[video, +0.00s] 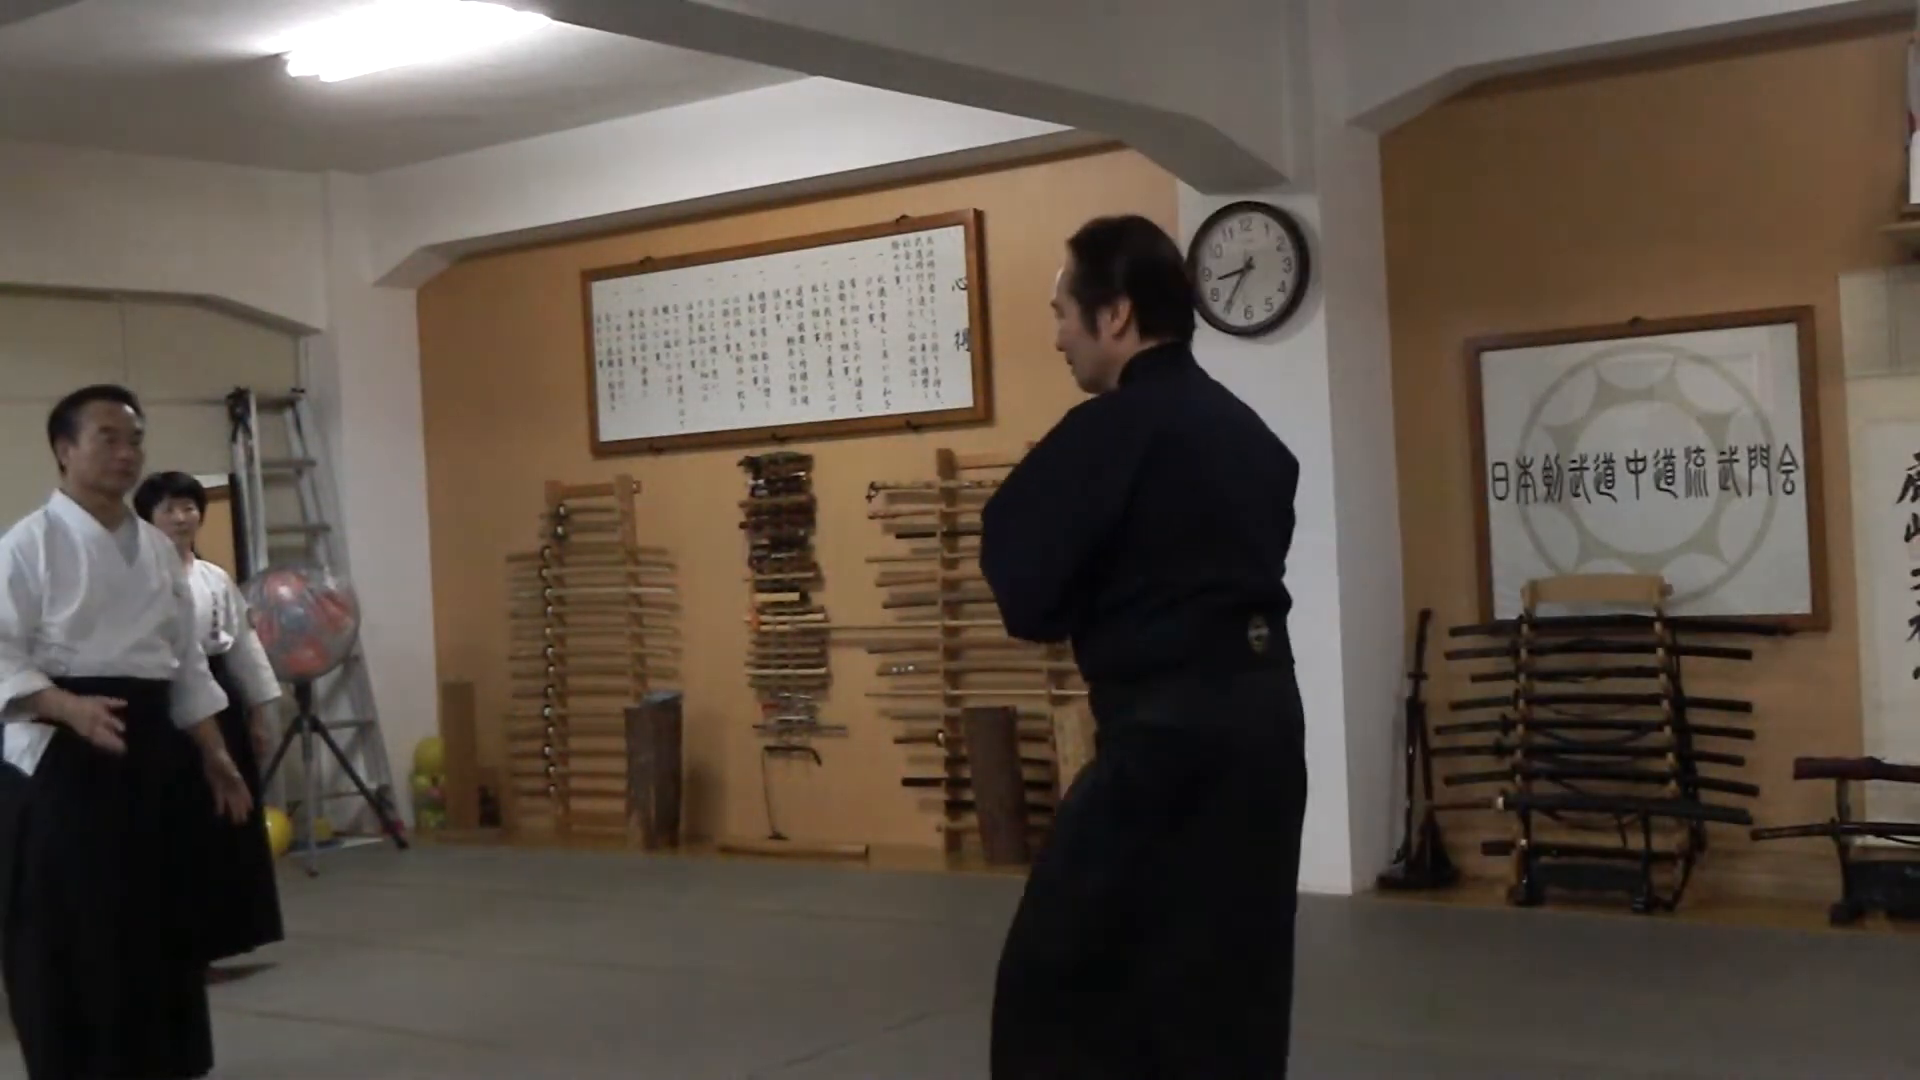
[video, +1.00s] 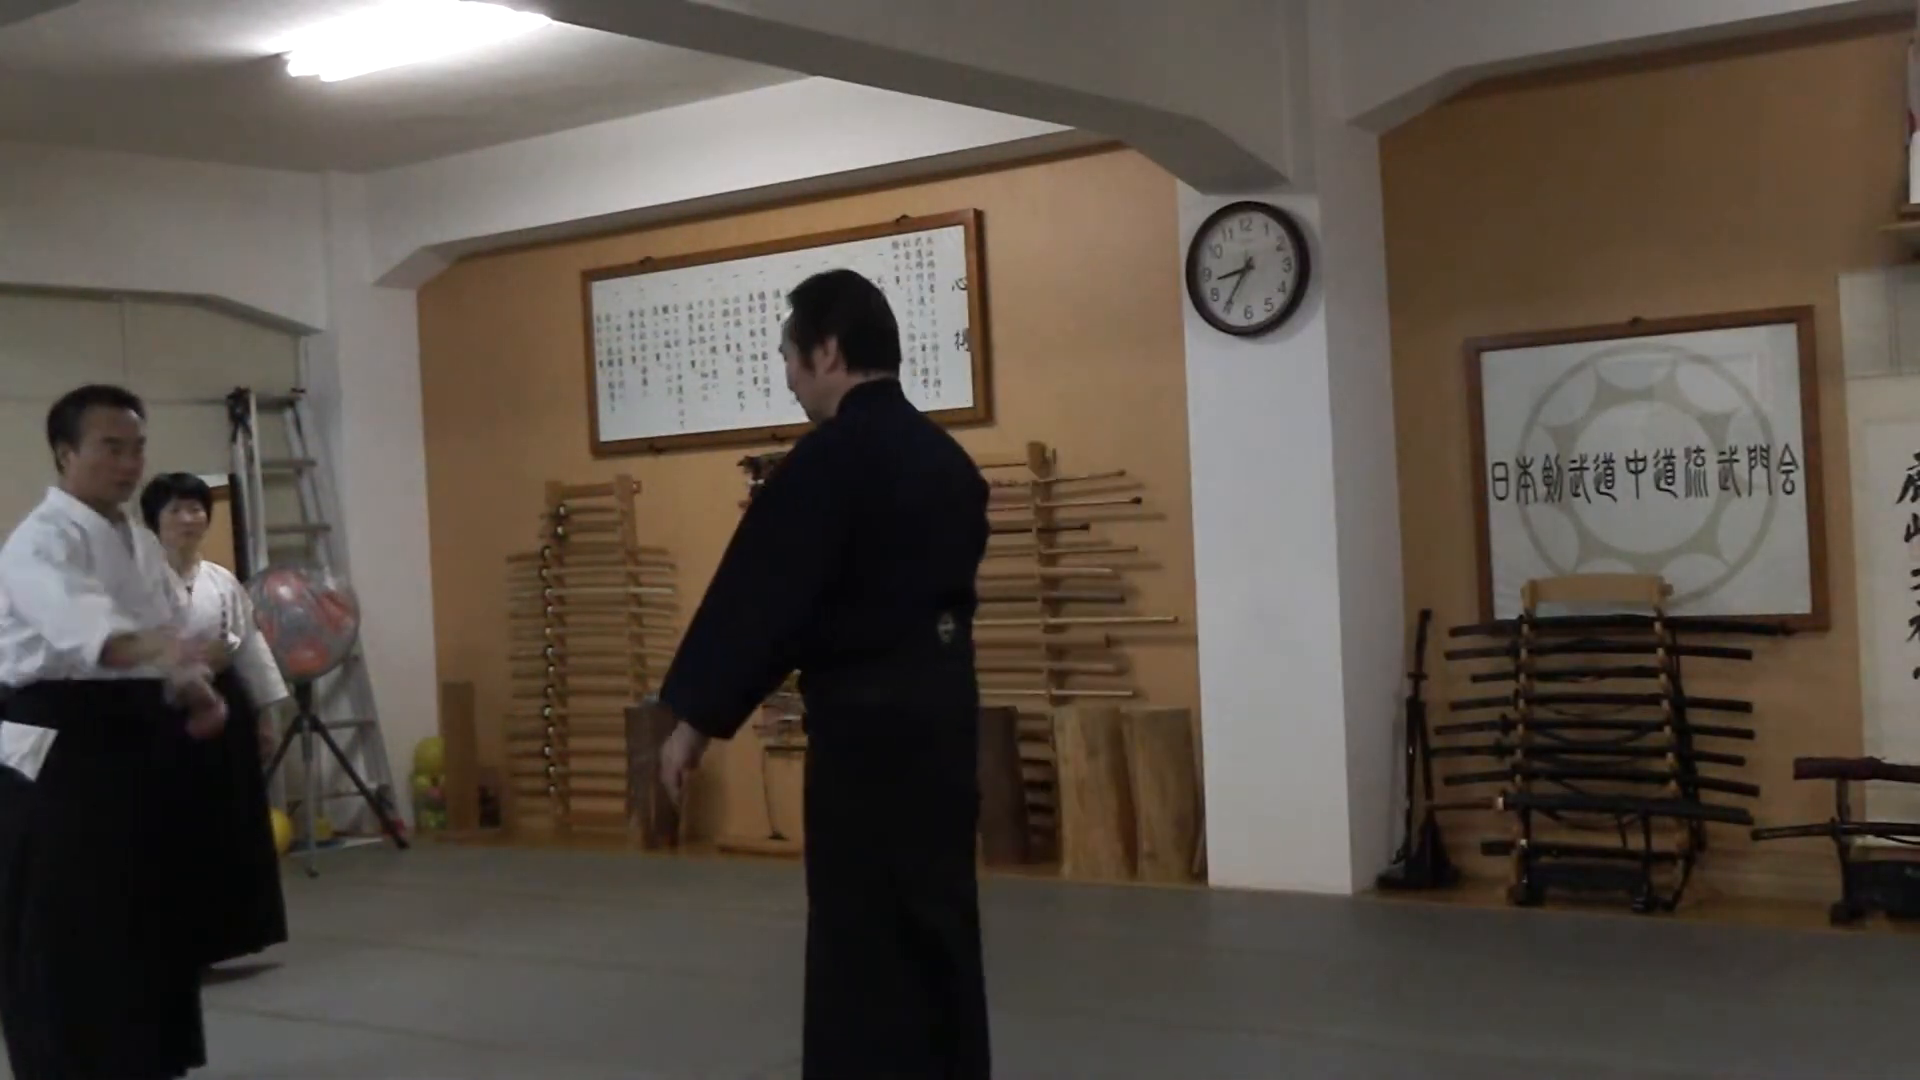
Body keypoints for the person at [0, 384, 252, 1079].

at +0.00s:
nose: (126, 451)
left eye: (135, 439)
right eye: (107, 436)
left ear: (142, 454)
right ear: (63, 450)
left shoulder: (159, 550)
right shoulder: (26, 547)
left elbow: (188, 664)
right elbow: (3, 660)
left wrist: (217, 750)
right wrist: (66, 706)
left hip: (156, 750)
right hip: (64, 753)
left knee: (164, 921)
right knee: (71, 928)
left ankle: (165, 1062)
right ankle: (80, 1064)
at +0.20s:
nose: (117, 456)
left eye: (125, 443)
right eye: (99, 441)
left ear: (132, 452)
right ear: (54, 449)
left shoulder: (135, 540)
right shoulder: (28, 532)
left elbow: (159, 652)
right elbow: (10, 643)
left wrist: (207, 662)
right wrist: (81, 611)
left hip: (140, 748)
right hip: (59, 753)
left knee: (148, 920)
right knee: (69, 930)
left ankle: (149, 1059)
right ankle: (77, 1064)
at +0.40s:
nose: (113, 461)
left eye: (119, 448)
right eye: (96, 446)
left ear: (120, 451)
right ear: (46, 451)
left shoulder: (93, 528)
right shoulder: (36, 522)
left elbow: (151, 635)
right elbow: (134, 531)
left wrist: (163, 588)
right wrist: (215, 523)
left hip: (107, 738)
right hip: (46, 748)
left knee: (123, 919)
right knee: (67, 931)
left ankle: (130, 1058)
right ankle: (75, 1062)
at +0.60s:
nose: (118, 460)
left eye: (123, 446)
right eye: (100, 444)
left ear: (124, 452)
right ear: (51, 451)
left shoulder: (86, 528)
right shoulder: (42, 523)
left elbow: (101, 648)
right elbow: (132, 541)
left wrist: (154, 621)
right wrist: (224, 529)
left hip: (100, 737)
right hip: (49, 746)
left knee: (117, 912)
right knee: (68, 926)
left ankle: (129, 1058)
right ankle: (80, 1062)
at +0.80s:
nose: (121, 460)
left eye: (125, 446)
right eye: (104, 444)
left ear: (126, 452)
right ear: (54, 451)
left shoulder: (87, 529)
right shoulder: (43, 523)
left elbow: (101, 652)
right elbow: (133, 544)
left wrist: (156, 630)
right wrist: (227, 531)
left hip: (104, 734)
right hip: (51, 742)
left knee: (122, 913)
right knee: (71, 924)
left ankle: (133, 1058)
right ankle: (81, 1062)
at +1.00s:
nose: (130, 462)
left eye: (138, 447)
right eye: (112, 447)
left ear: (145, 454)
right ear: (64, 454)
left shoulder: (141, 542)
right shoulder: (38, 543)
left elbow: (169, 631)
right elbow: (93, 637)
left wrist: (192, 684)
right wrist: (172, 652)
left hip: (133, 752)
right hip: (54, 762)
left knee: (144, 924)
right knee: (68, 937)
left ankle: (147, 1059)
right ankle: (78, 1066)